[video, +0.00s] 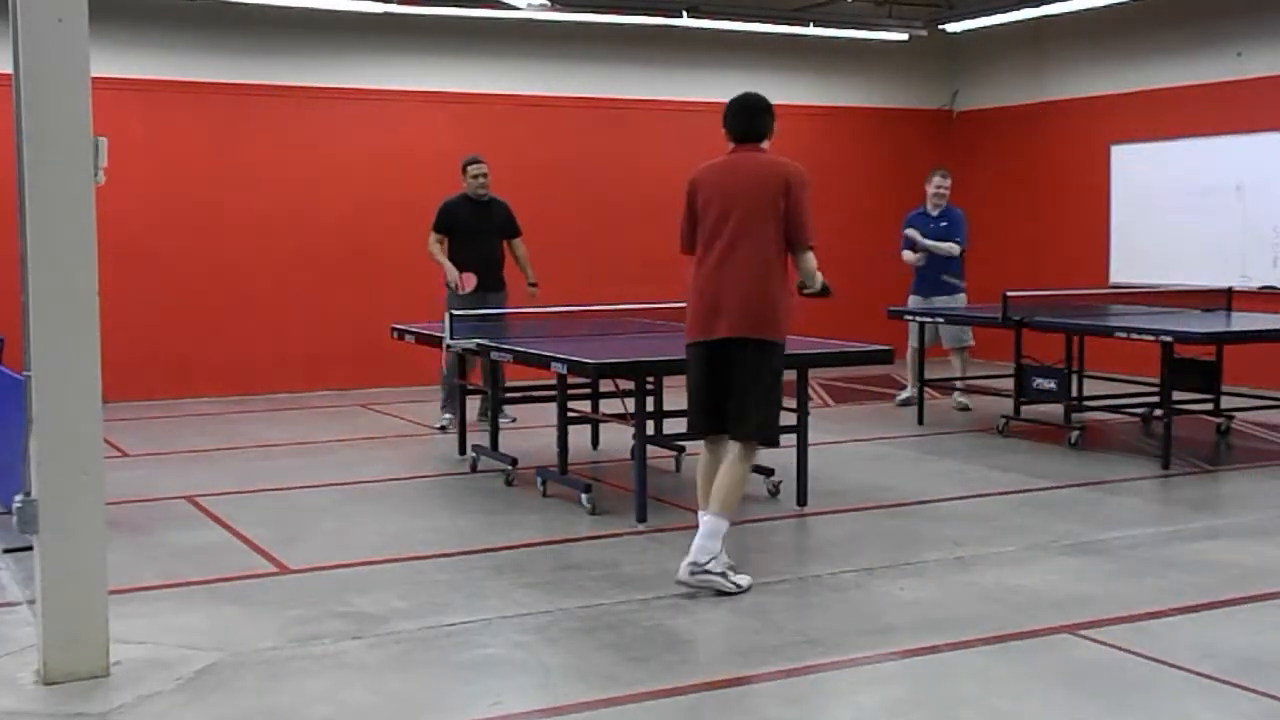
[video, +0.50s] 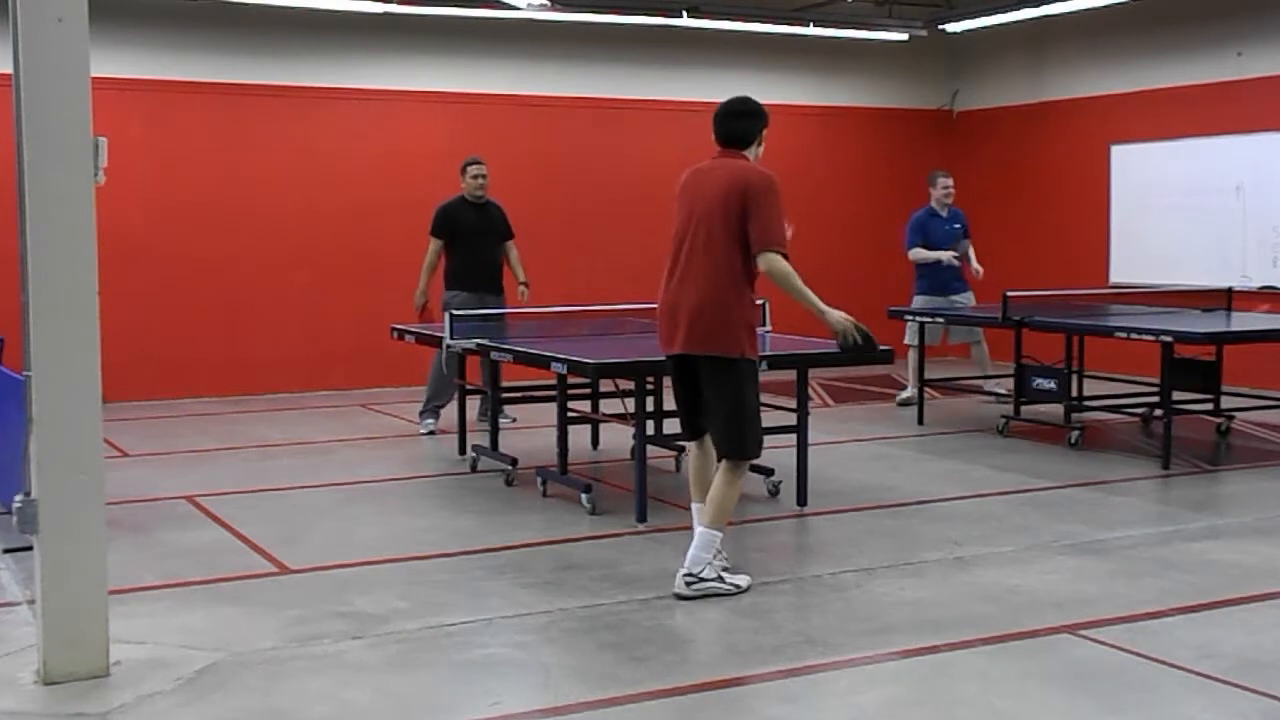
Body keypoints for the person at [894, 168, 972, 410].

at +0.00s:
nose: (942, 192)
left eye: (946, 189)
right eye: (938, 187)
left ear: (950, 191)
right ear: (927, 188)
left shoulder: (955, 217)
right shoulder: (913, 219)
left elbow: (955, 249)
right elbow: (905, 252)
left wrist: (922, 242)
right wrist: (915, 258)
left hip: (950, 289)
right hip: (921, 289)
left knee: (957, 346)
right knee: (914, 344)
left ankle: (960, 391)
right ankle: (912, 388)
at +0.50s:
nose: (950, 192)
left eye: (952, 188)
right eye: (945, 188)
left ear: (954, 190)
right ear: (932, 191)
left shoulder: (959, 217)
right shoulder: (919, 220)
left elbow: (966, 243)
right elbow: (913, 253)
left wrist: (973, 261)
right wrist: (941, 255)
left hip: (958, 289)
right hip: (927, 292)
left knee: (976, 336)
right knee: (915, 342)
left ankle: (989, 381)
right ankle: (913, 387)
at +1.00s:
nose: (975, 197)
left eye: (977, 193)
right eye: (970, 194)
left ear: (981, 194)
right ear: (959, 196)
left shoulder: (990, 222)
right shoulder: (948, 223)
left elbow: (1006, 248)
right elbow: (928, 252)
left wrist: (1009, 265)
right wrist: (934, 270)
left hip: (983, 295)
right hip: (951, 295)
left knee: (996, 343)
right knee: (935, 343)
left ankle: (992, 385)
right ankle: (920, 386)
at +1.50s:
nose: (936, 202)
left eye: (939, 197)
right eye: (931, 199)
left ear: (945, 196)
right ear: (924, 202)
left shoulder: (964, 219)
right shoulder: (921, 226)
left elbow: (987, 245)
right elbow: (923, 257)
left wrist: (970, 265)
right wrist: (933, 238)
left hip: (967, 293)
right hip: (936, 294)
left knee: (982, 341)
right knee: (926, 343)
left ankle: (991, 383)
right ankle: (920, 388)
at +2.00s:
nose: (975, 197)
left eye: (976, 193)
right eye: (969, 193)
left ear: (978, 195)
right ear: (956, 196)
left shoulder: (983, 224)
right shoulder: (943, 224)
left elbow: (991, 250)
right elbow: (933, 254)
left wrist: (997, 268)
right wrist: (954, 257)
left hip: (976, 295)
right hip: (946, 297)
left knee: (991, 341)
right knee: (932, 346)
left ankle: (993, 385)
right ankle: (919, 390)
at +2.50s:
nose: (952, 211)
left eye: (955, 206)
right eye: (947, 208)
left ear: (964, 203)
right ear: (942, 209)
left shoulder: (982, 226)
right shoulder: (942, 232)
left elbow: (1009, 251)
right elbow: (935, 261)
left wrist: (993, 271)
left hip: (984, 301)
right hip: (954, 301)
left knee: (999, 346)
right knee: (943, 345)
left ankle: (1010, 385)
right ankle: (936, 388)